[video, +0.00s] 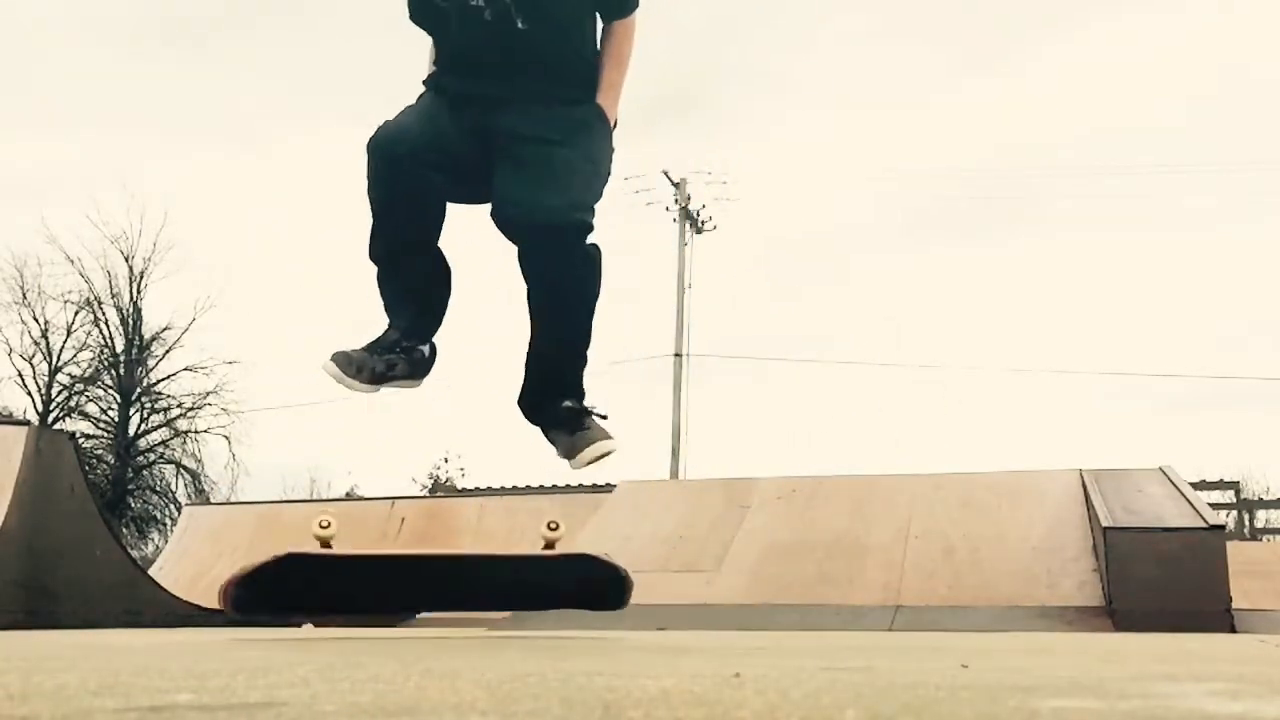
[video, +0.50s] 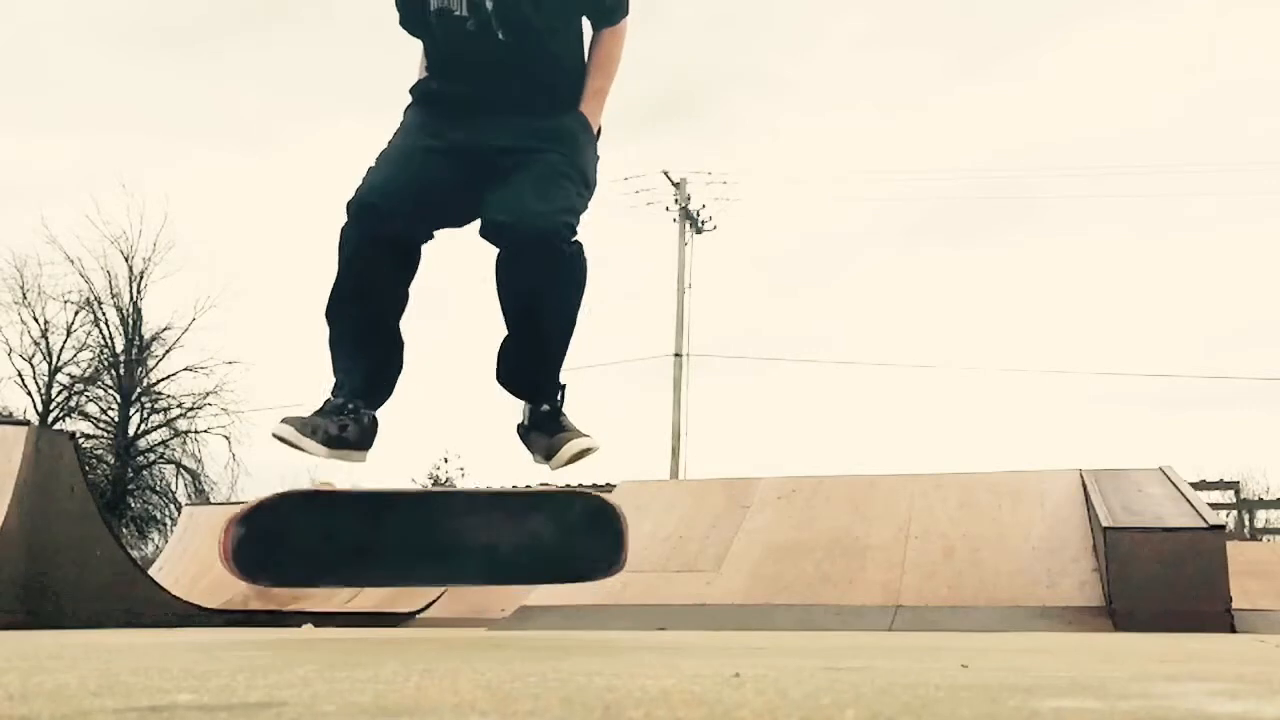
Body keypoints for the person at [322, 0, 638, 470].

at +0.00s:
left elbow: (621, 15)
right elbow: (442, 31)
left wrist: (603, 111)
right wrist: (436, 93)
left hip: (558, 109)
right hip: (459, 105)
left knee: (554, 225)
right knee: (395, 152)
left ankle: (558, 402)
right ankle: (407, 339)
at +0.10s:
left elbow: (617, 16)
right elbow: (440, 35)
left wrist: (600, 111)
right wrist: (433, 102)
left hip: (554, 111)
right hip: (457, 107)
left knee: (547, 222)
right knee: (390, 162)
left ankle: (552, 396)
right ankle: (394, 353)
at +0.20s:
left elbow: (615, 15)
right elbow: (435, 38)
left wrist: (597, 109)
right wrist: (432, 100)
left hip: (550, 112)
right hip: (452, 107)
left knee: (541, 220)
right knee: (384, 183)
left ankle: (549, 395)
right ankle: (377, 373)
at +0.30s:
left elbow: (614, 17)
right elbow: (432, 35)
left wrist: (592, 115)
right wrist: (429, 100)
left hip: (550, 119)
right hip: (449, 111)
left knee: (539, 226)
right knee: (380, 197)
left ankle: (547, 399)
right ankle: (367, 384)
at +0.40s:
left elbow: (613, 18)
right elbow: (429, 35)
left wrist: (589, 117)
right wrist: (428, 100)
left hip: (548, 118)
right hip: (447, 111)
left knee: (539, 232)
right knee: (378, 212)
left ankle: (543, 406)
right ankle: (357, 399)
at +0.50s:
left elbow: (613, 18)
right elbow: (431, 36)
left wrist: (587, 118)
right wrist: (426, 102)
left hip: (548, 117)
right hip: (446, 111)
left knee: (537, 235)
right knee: (375, 221)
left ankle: (543, 410)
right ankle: (352, 405)